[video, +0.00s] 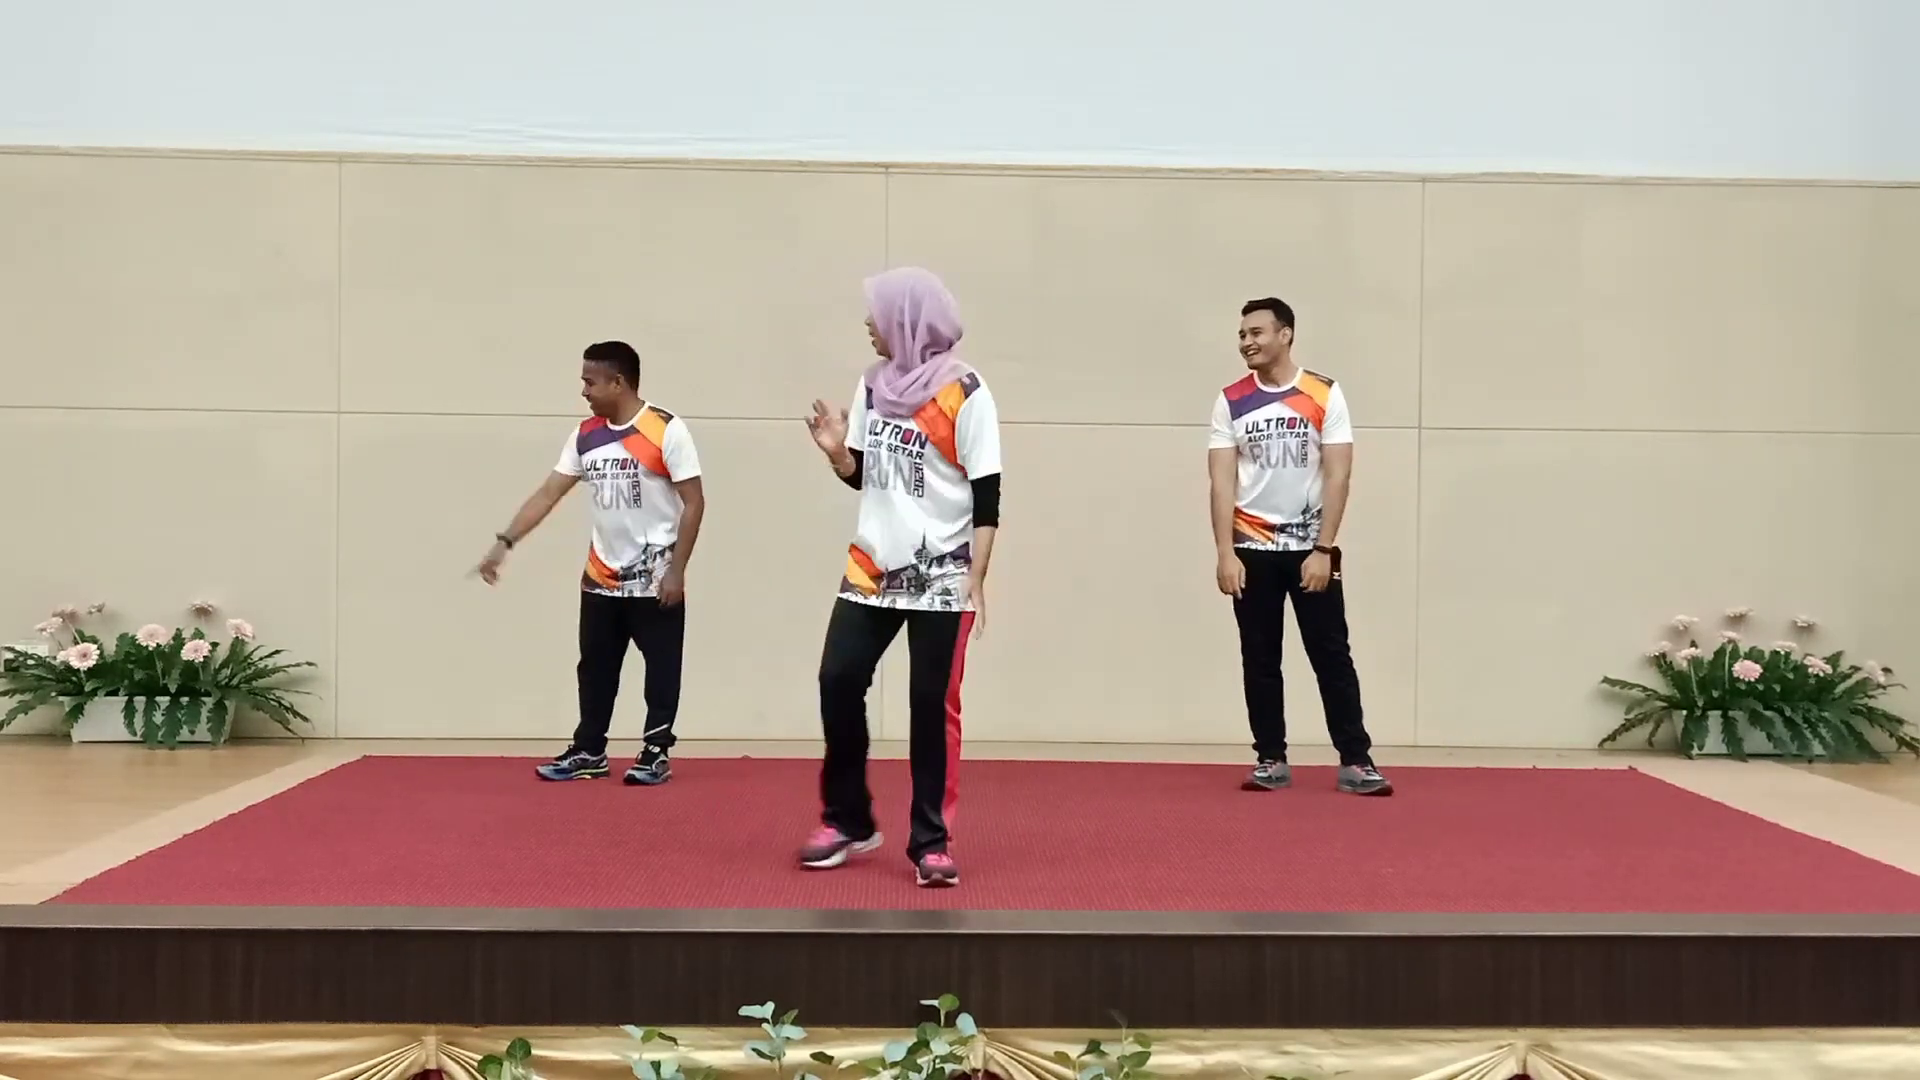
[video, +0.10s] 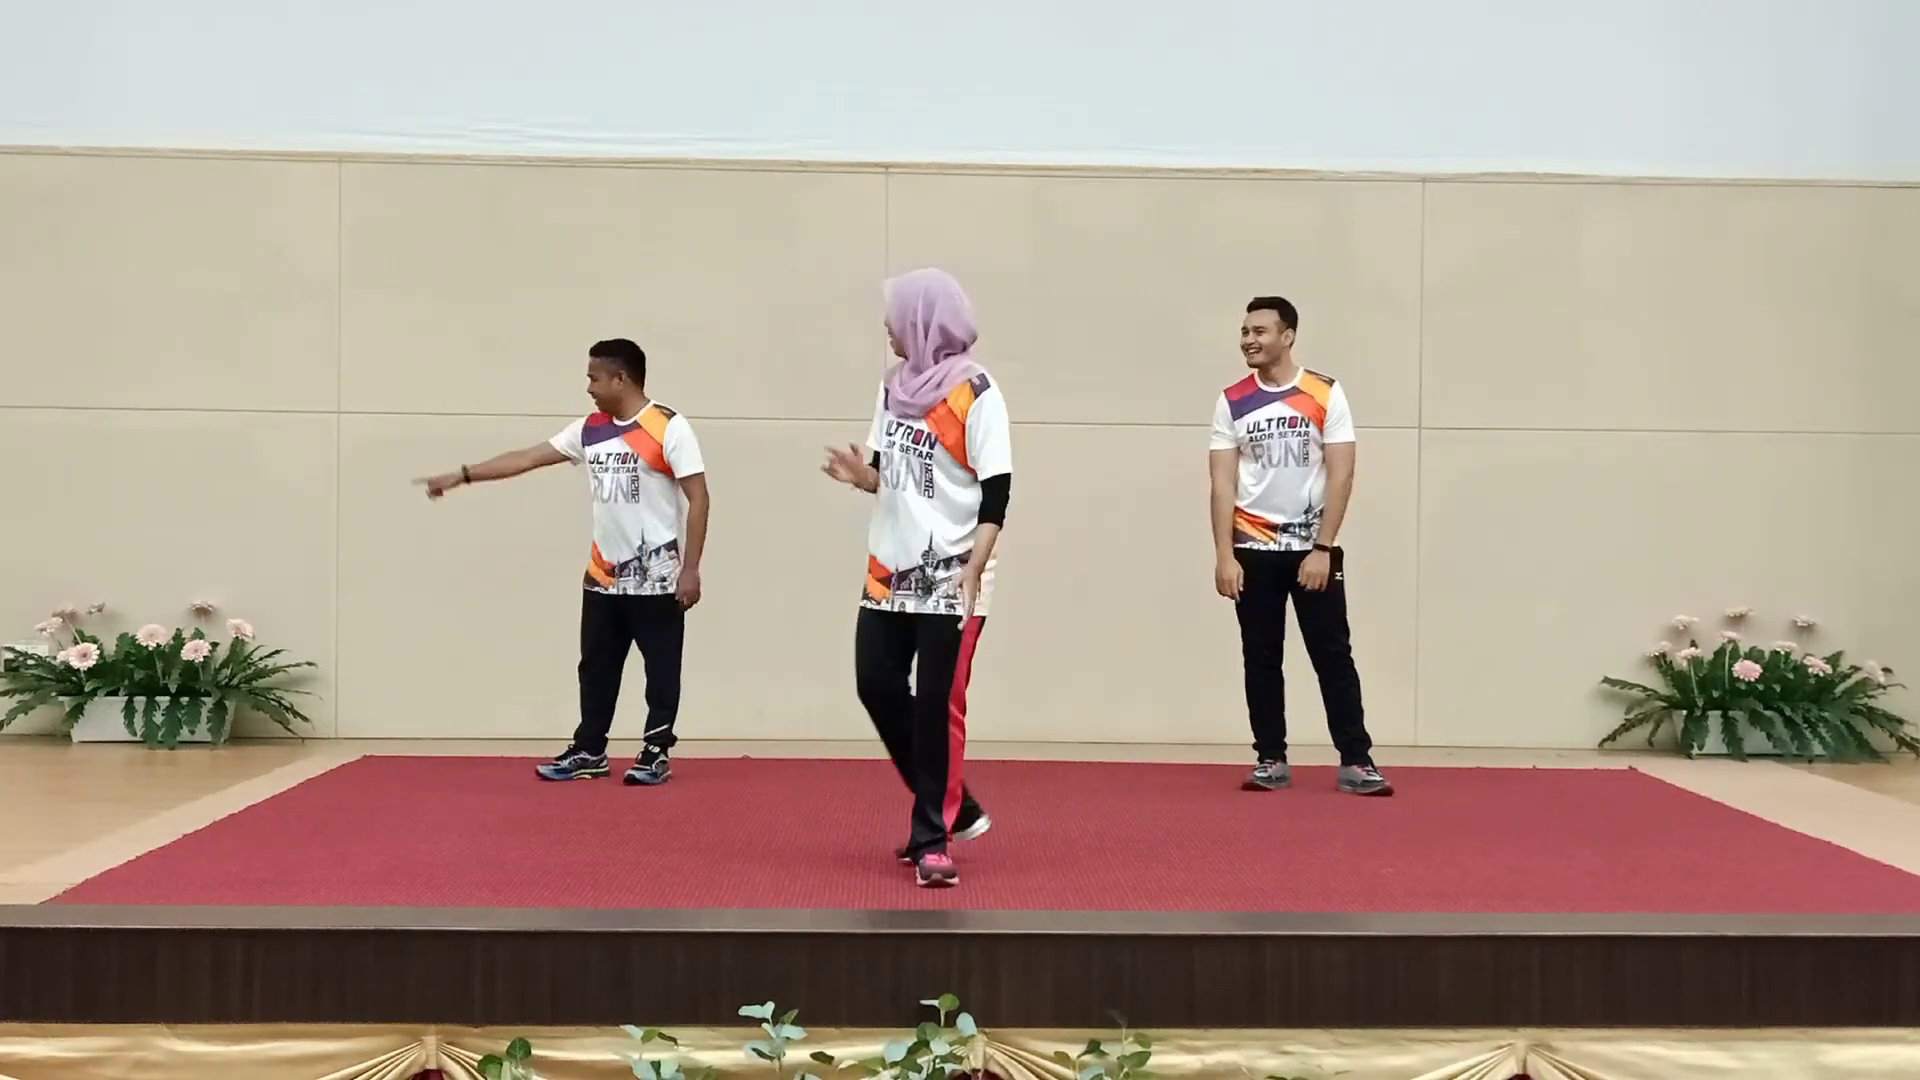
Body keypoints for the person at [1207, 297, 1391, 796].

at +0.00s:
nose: (1247, 342)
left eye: (1256, 333)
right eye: (1243, 334)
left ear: (1286, 336)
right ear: (1242, 341)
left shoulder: (1325, 396)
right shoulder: (1231, 401)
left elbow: (1338, 476)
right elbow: (1222, 482)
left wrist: (1325, 549)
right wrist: (1225, 551)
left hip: (1311, 549)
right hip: (1253, 551)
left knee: (1332, 658)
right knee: (1259, 661)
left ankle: (1356, 762)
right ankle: (1271, 760)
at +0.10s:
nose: (1249, 339)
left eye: (1259, 331)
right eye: (1245, 332)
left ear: (1288, 336)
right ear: (1242, 339)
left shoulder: (1326, 395)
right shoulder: (1232, 401)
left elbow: (1341, 476)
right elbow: (1223, 483)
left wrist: (1323, 549)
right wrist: (1224, 554)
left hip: (1313, 550)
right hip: (1254, 552)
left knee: (1333, 659)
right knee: (1261, 662)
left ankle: (1356, 762)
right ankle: (1271, 761)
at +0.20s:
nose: (1250, 340)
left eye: (1261, 332)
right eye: (1246, 331)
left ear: (1289, 337)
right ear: (1242, 337)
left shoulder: (1327, 394)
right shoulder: (1232, 402)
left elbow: (1342, 475)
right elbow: (1223, 484)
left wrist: (1326, 548)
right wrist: (1222, 555)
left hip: (1314, 550)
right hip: (1254, 552)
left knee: (1334, 659)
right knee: (1262, 661)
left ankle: (1356, 762)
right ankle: (1271, 760)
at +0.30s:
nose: (1261, 341)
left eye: (1271, 332)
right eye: (1252, 333)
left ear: (1291, 336)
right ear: (1244, 338)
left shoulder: (1326, 392)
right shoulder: (1232, 403)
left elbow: (1343, 473)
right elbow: (1222, 485)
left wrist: (1333, 545)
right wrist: (1219, 553)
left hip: (1315, 548)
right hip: (1255, 551)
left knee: (1335, 658)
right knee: (1263, 660)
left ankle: (1356, 762)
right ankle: (1271, 761)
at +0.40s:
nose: (1267, 341)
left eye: (1276, 331)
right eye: (1257, 333)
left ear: (1291, 336)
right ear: (1244, 340)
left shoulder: (1326, 390)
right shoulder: (1232, 403)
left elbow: (1344, 469)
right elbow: (1221, 484)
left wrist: (1336, 541)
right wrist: (1217, 553)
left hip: (1315, 547)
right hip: (1256, 550)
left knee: (1336, 657)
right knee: (1263, 660)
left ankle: (1356, 762)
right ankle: (1271, 761)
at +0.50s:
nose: (1266, 340)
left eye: (1275, 331)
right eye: (1256, 332)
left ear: (1290, 335)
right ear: (1242, 340)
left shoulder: (1324, 389)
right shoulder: (1231, 403)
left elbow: (1346, 465)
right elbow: (1221, 483)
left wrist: (1341, 537)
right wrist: (1214, 554)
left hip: (1315, 547)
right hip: (1256, 551)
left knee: (1335, 657)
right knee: (1263, 660)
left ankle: (1356, 762)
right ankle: (1271, 760)